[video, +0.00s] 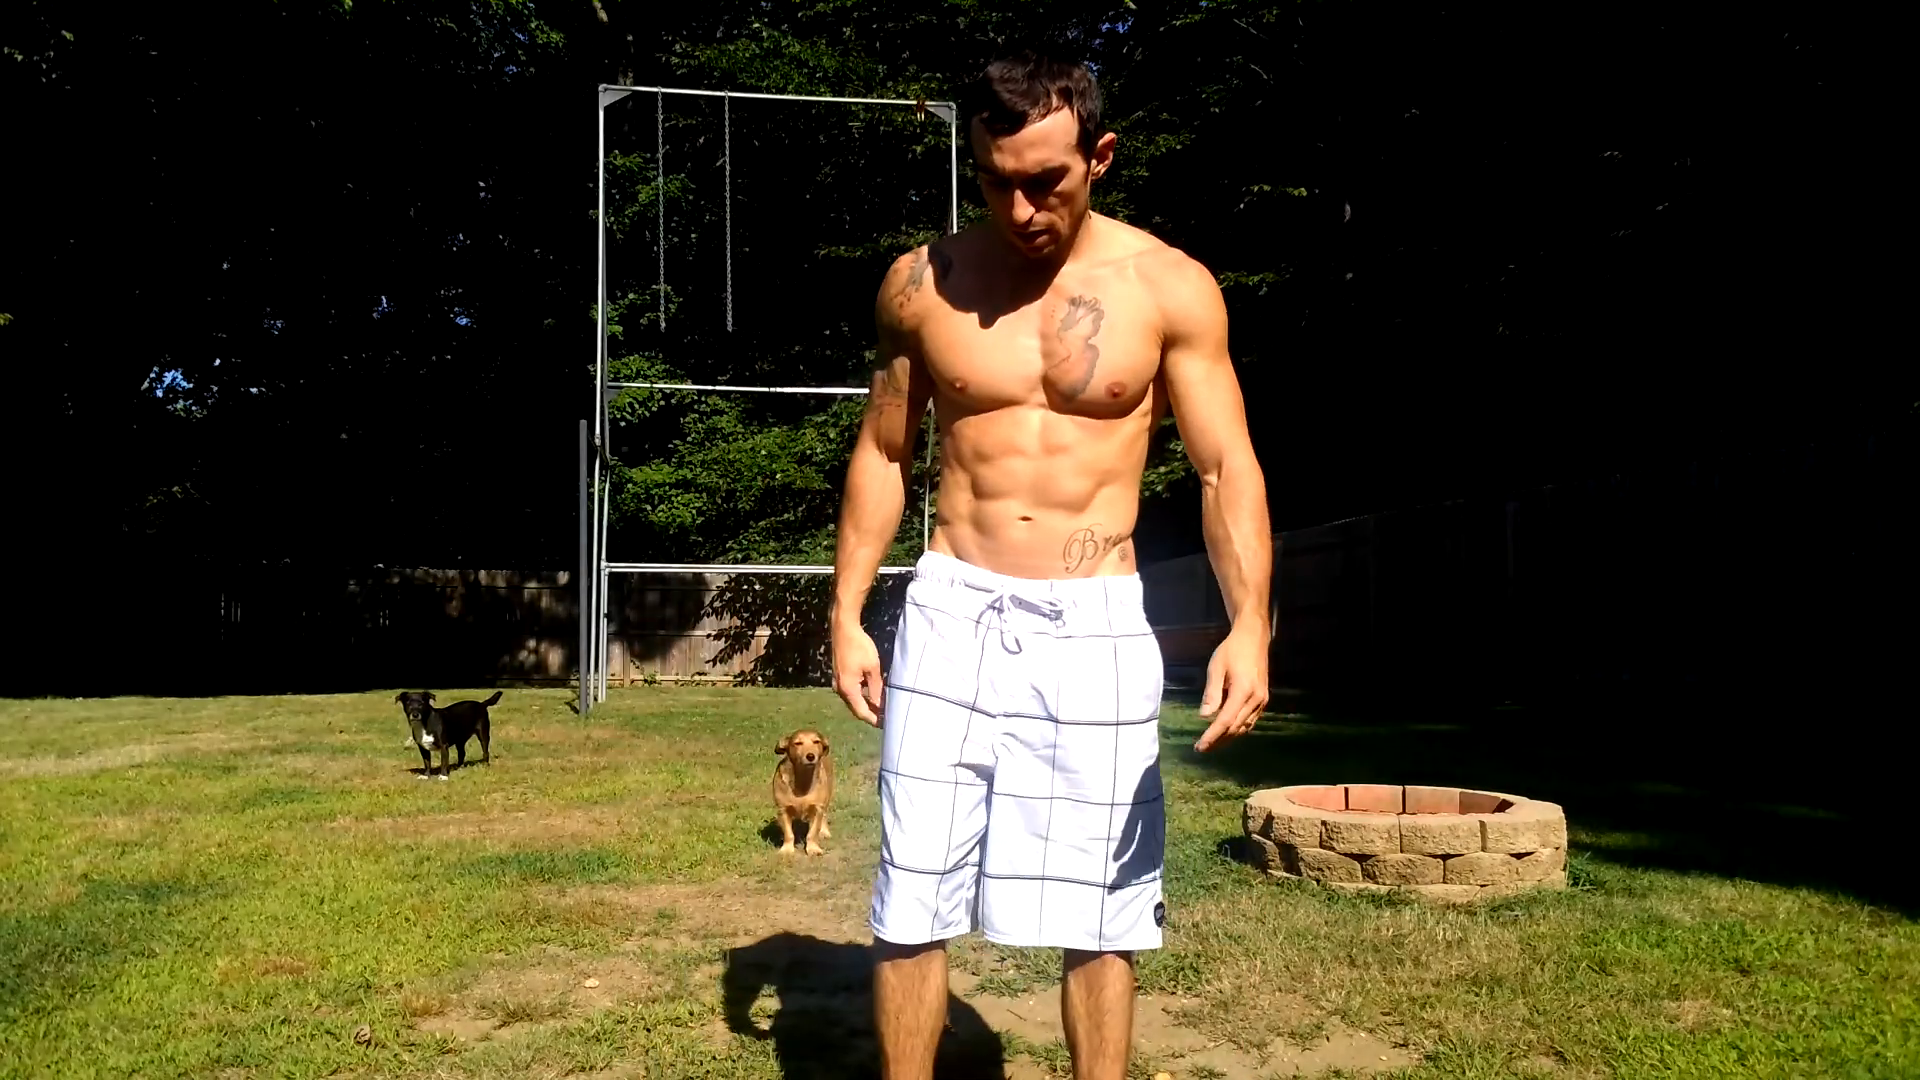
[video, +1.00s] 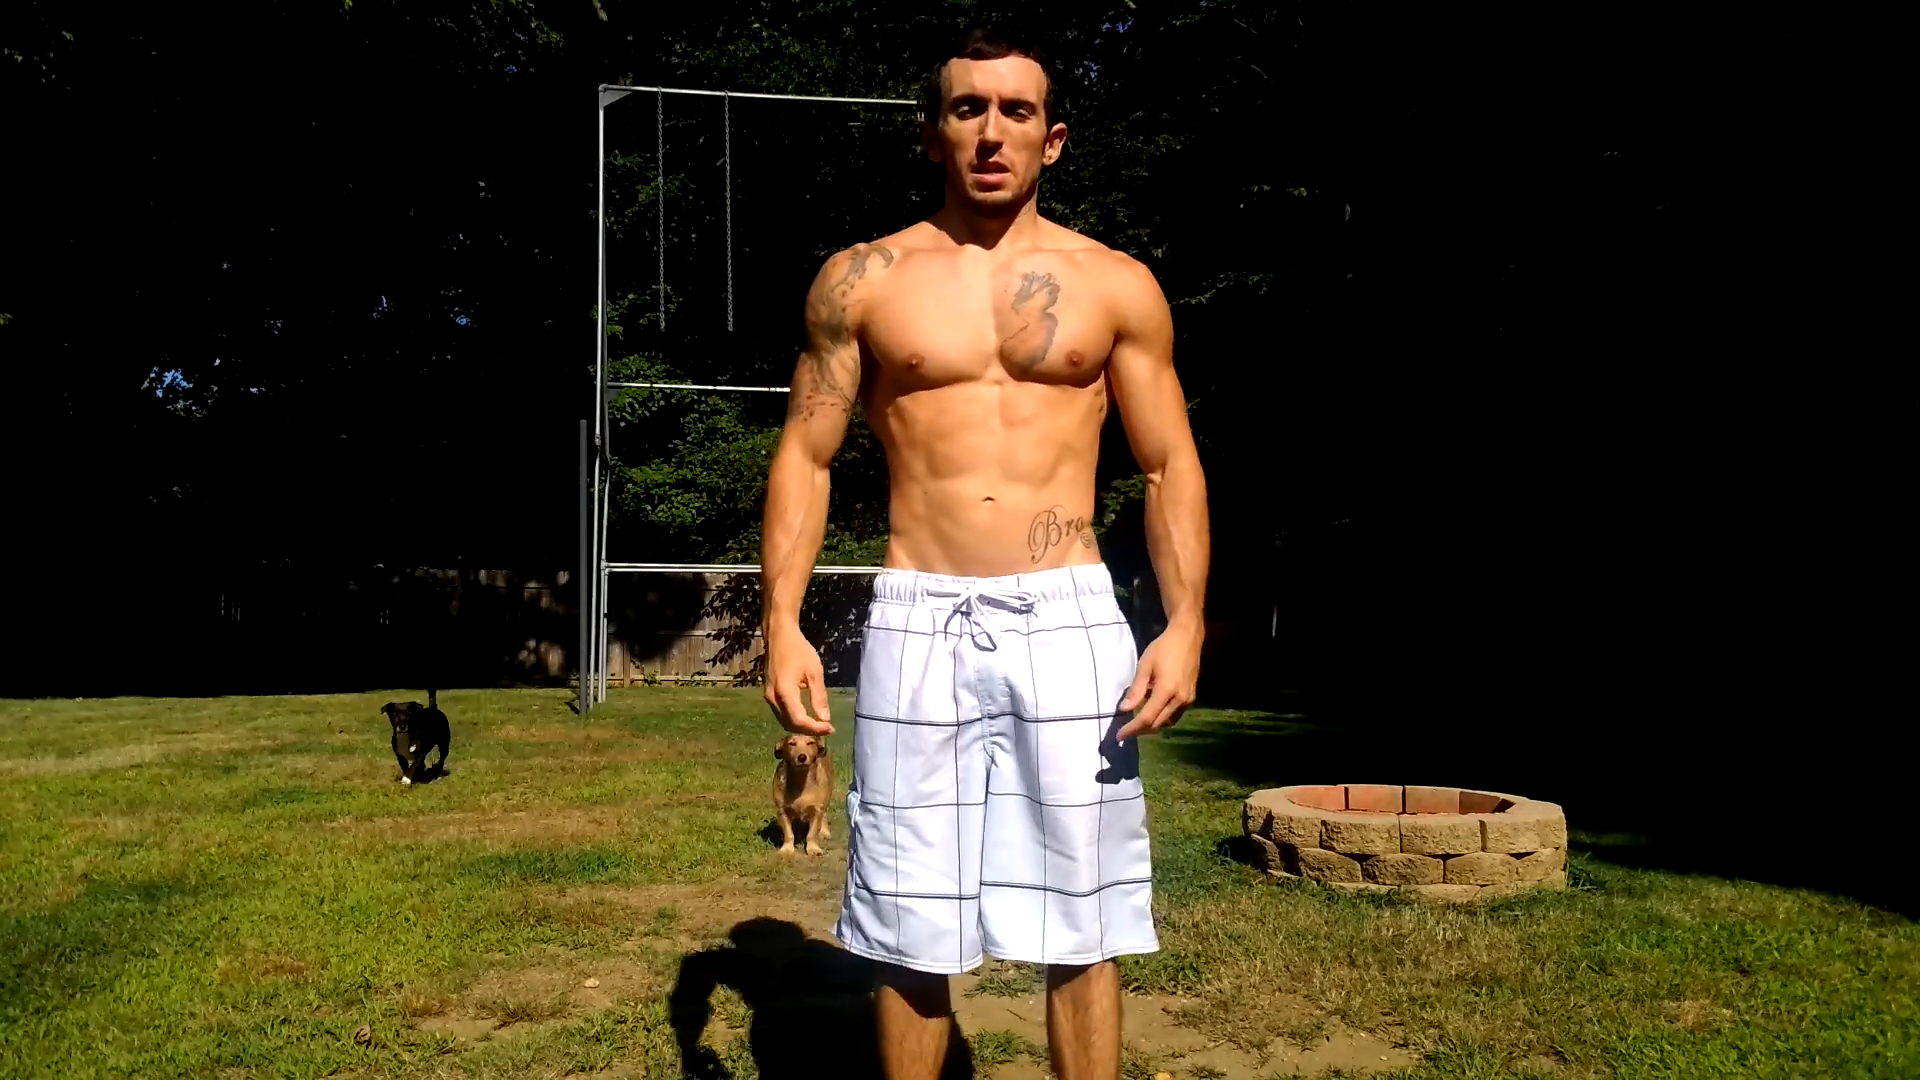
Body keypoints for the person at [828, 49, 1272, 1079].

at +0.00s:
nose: (1021, 208)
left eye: (1044, 181)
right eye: (997, 182)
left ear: (1098, 153)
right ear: (972, 161)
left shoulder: (1173, 288)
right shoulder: (921, 282)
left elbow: (1227, 469)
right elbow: (884, 448)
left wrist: (1249, 625)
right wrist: (846, 613)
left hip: (1097, 625)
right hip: (951, 614)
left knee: (1101, 917)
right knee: (912, 908)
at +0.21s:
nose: (1002, 190)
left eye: (1026, 163)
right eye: (980, 164)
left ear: (1072, 151)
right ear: (954, 154)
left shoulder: (1142, 287)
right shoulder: (894, 287)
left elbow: (1201, 463)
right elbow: (851, 454)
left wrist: (1184, 609)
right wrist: (807, 606)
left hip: (1080, 623)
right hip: (936, 618)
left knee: (1093, 916)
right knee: (916, 916)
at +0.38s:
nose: (965, 175)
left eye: (989, 150)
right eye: (943, 152)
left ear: (1031, 153)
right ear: (916, 157)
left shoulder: (1099, 292)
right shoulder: (852, 294)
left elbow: (1157, 457)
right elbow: (805, 460)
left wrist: (1150, 593)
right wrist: (767, 612)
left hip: (1049, 624)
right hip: (902, 623)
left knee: (1085, 923)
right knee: (905, 922)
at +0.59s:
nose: (943, 150)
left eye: (966, 127)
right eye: (919, 128)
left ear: (1000, 145)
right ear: (889, 147)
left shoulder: (1071, 289)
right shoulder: (820, 293)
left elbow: (1124, 467)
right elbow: (773, 468)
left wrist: (1152, 628)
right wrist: (749, 637)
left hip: (1034, 623)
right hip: (886, 627)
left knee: (1073, 928)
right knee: (899, 932)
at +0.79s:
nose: (954, 137)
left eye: (979, 117)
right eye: (930, 116)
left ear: (1013, 143)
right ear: (900, 140)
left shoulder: (1082, 288)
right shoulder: (827, 289)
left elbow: (1136, 469)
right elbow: (782, 463)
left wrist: (1164, 639)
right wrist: (757, 635)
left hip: (1039, 627)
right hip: (889, 631)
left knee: (1070, 936)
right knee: (894, 943)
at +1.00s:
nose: (993, 132)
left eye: (1017, 112)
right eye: (970, 110)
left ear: (1049, 135)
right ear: (936, 132)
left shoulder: (1117, 285)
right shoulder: (859, 282)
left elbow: (1170, 466)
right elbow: (806, 454)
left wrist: (1185, 627)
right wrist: (782, 625)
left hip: (1070, 625)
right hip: (918, 625)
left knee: (1083, 933)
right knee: (911, 941)